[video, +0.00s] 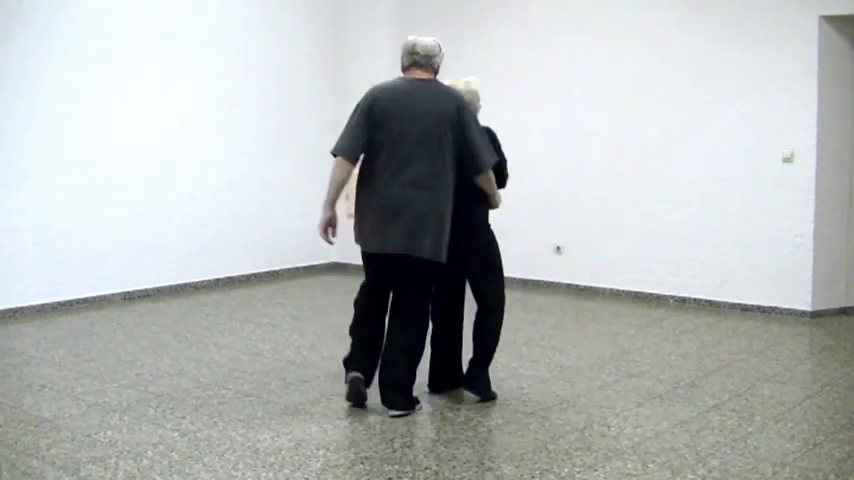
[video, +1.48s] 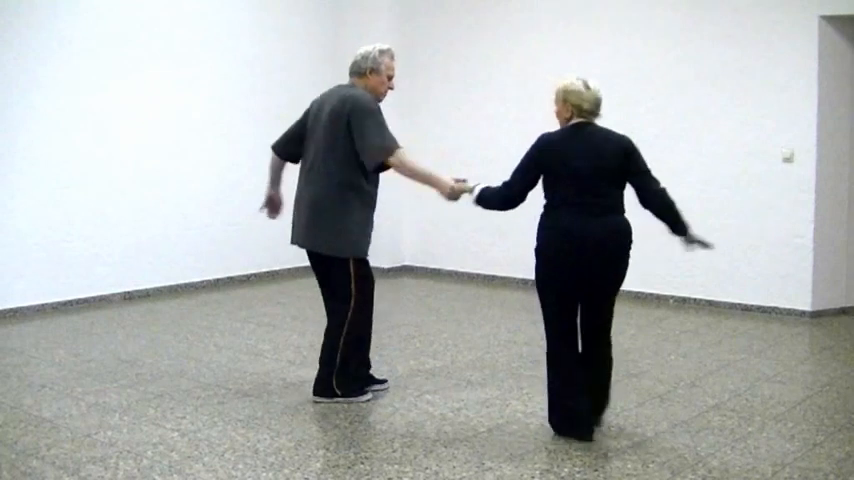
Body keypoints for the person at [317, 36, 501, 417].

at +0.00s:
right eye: (436, 65)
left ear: (402, 65)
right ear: (437, 67)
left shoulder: (378, 96)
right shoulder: (453, 102)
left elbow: (346, 156)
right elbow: (479, 166)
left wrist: (329, 205)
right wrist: (493, 196)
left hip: (377, 222)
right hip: (428, 226)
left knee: (373, 292)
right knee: (411, 308)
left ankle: (358, 370)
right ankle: (398, 397)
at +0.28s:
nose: (427, 74)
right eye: (428, 69)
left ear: (391, 64)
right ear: (424, 69)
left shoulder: (358, 98)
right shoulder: (427, 101)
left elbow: (322, 154)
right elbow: (456, 167)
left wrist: (311, 197)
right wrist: (491, 198)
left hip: (360, 225)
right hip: (406, 227)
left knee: (367, 302)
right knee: (403, 308)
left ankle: (361, 380)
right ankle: (398, 397)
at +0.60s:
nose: (413, 78)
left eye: (413, 71)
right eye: (412, 70)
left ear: (377, 66)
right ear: (402, 68)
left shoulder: (342, 98)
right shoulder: (398, 98)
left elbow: (306, 155)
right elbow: (427, 154)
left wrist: (303, 197)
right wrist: (471, 186)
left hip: (341, 221)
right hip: (387, 221)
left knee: (356, 305)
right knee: (412, 289)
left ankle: (360, 383)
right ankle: (394, 365)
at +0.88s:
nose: (409, 78)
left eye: (409, 71)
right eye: (406, 70)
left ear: (374, 68)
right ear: (389, 68)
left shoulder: (339, 98)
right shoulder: (383, 97)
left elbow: (313, 158)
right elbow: (409, 150)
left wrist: (338, 195)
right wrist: (459, 176)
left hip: (335, 221)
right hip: (377, 222)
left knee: (353, 303)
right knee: (394, 294)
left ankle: (358, 381)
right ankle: (386, 372)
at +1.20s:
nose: (399, 77)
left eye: (400, 70)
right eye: (396, 69)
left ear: (368, 67)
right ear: (377, 67)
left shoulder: (339, 94)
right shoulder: (362, 93)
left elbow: (316, 151)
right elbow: (380, 136)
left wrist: (358, 167)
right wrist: (429, 154)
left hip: (328, 219)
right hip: (359, 220)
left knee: (345, 297)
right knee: (384, 292)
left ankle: (356, 373)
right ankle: (362, 376)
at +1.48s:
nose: (392, 85)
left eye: (393, 78)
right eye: (389, 77)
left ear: (359, 74)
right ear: (368, 72)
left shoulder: (324, 101)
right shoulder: (361, 104)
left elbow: (282, 150)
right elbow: (391, 157)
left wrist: (273, 191)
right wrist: (442, 184)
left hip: (314, 224)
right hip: (338, 227)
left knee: (357, 291)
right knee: (351, 298)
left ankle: (353, 373)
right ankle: (332, 384)